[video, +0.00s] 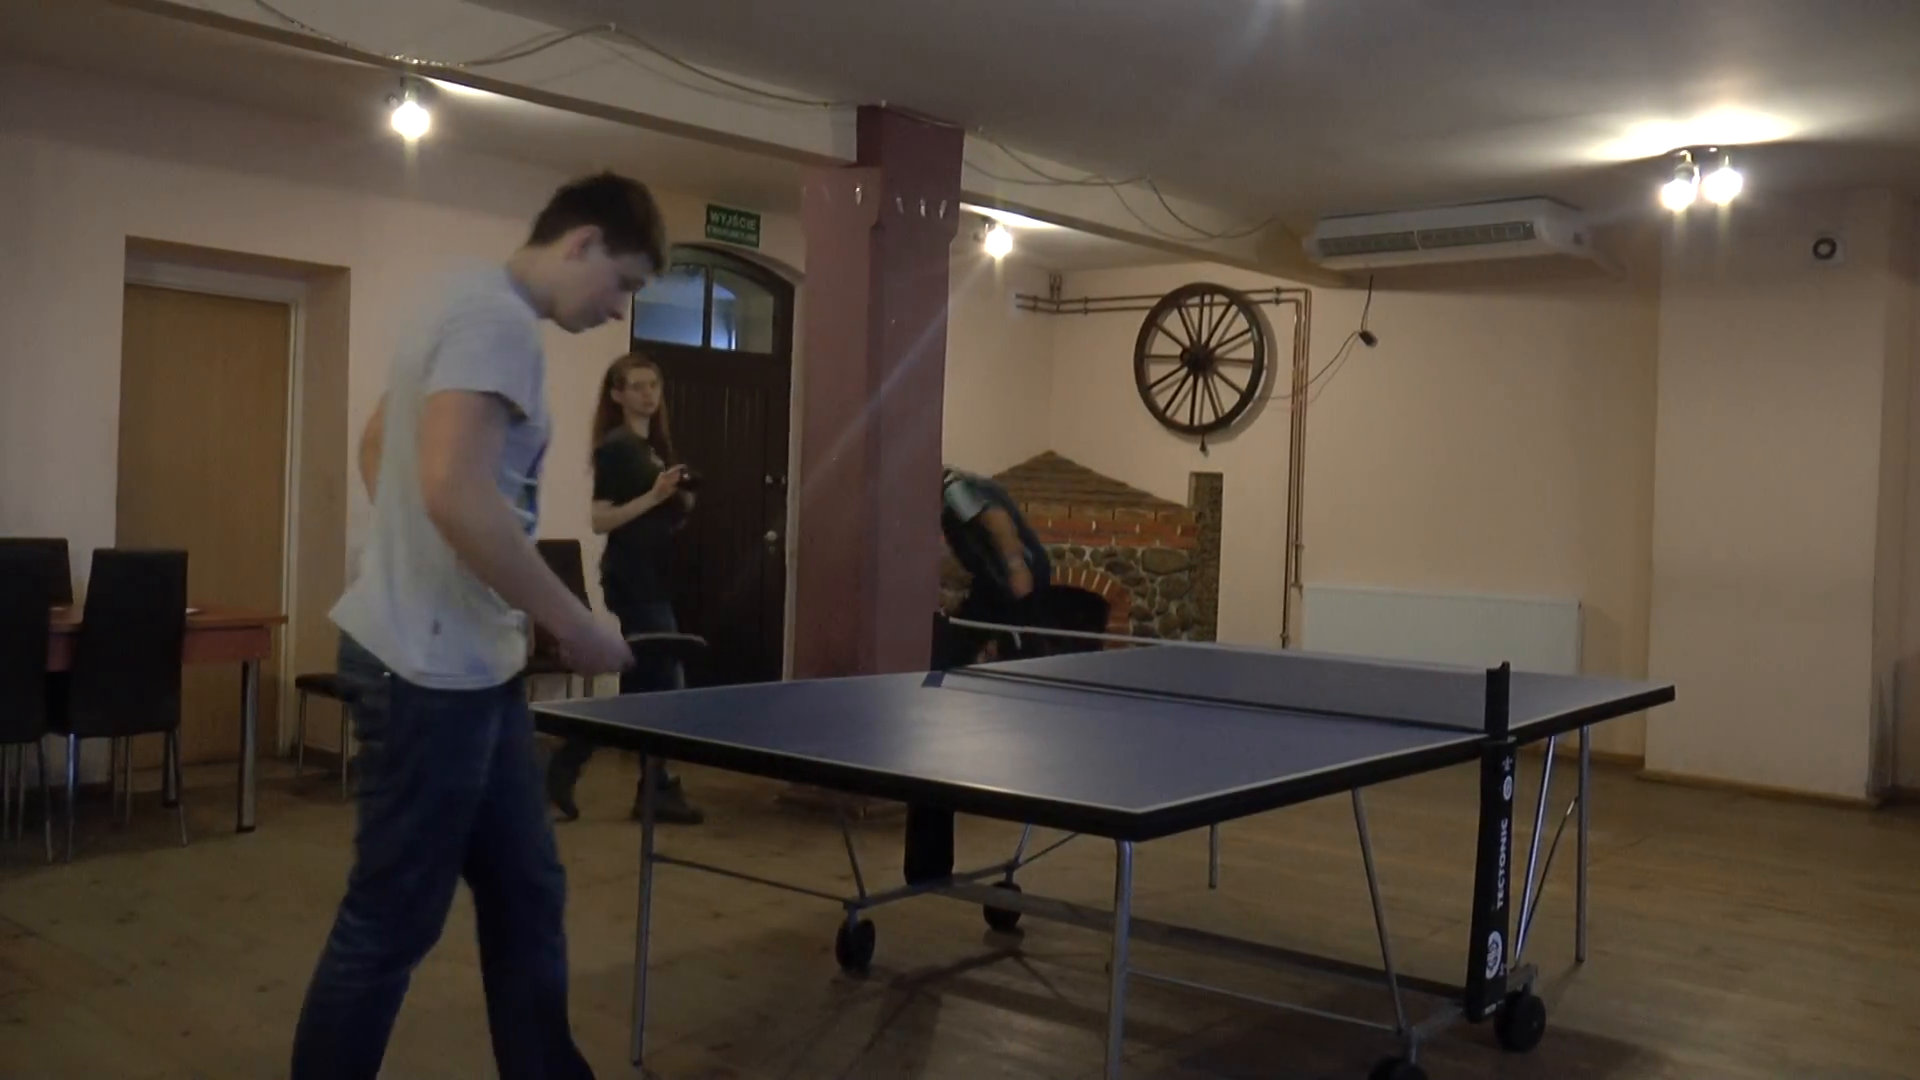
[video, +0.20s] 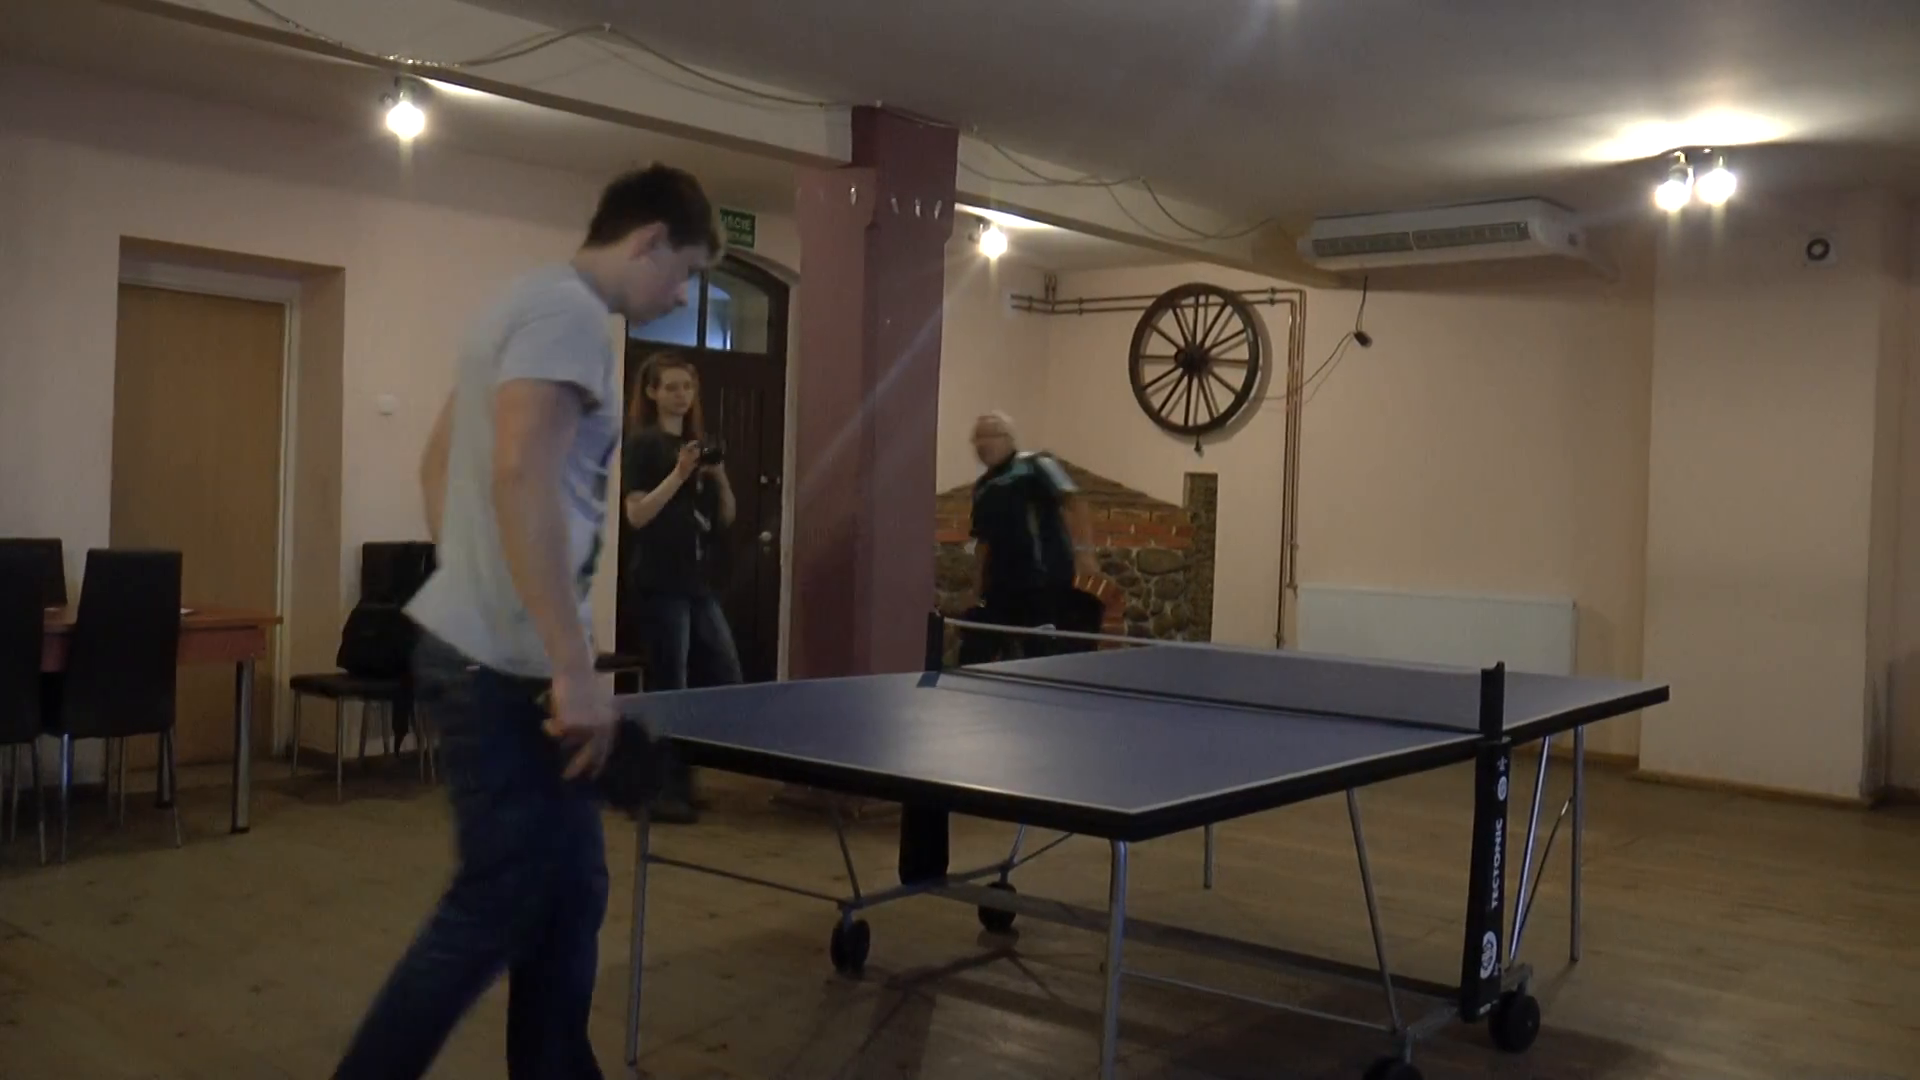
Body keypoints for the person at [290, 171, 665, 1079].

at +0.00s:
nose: (619, 309)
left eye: (630, 294)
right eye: (624, 284)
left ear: (572, 245)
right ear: (581, 245)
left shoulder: (459, 306)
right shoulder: (492, 318)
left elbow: (374, 449)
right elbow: (456, 489)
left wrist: (447, 569)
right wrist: (572, 619)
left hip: (459, 667)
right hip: (427, 670)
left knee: (525, 898)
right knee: (388, 922)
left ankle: (545, 1071)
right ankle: (324, 1070)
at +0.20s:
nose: (682, 300)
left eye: (692, 281)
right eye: (687, 274)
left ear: (626, 240)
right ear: (650, 243)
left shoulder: (524, 307)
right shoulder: (568, 311)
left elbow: (441, 466)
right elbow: (521, 477)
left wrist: (485, 598)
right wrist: (574, 664)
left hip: (493, 664)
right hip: (496, 670)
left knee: (566, 897)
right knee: (503, 896)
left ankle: (558, 1069)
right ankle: (368, 1071)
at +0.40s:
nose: (716, 285)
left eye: (723, 266)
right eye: (720, 260)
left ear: (640, 231)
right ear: (687, 236)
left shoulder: (558, 310)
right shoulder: (624, 310)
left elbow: (497, 481)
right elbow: (584, 482)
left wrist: (534, 601)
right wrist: (576, 668)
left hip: (536, 645)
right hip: (593, 653)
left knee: (565, 891)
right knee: (650, 891)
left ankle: (559, 1066)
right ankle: (484, 1068)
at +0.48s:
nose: (726, 274)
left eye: (731, 254)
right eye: (730, 250)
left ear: (646, 223)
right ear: (702, 232)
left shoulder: (567, 309)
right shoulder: (645, 307)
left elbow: (510, 477)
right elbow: (613, 470)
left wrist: (564, 590)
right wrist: (627, 661)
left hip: (541, 644)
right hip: (604, 649)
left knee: (573, 887)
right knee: (678, 890)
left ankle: (538, 1064)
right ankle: (576, 1063)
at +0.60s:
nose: (746, 255)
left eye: (747, 236)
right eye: (748, 235)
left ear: (659, 220)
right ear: (725, 228)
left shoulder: (582, 312)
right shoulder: (682, 309)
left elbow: (529, 477)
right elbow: (667, 480)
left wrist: (603, 577)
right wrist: (734, 656)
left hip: (556, 644)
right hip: (639, 654)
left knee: (575, 896)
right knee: (685, 915)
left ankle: (541, 1066)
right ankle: (668, 1067)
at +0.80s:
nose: (788, 246)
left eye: (790, 230)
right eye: (788, 230)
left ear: (686, 220)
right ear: (774, 230)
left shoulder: (597, 325)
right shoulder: (763, 323)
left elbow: (546, 496)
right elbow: (795, 501)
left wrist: (589, 603)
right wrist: (873, 636)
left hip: (579, 652)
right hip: (691, 660)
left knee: (592, 896)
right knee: (735, 926)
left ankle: (549, 1069)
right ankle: (719, 1073)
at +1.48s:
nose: (755, 229)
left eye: (754, 212)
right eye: (754, 213)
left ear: (647, 209)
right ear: (734, 219)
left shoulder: (540, 320)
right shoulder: (740, 334)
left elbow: (477, 491)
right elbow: (754, 534)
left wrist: (551, 573)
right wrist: (724, 633)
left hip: (511, 660)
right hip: (646, 665)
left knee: (466, 927)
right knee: (687, 955)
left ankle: (406, 1072)